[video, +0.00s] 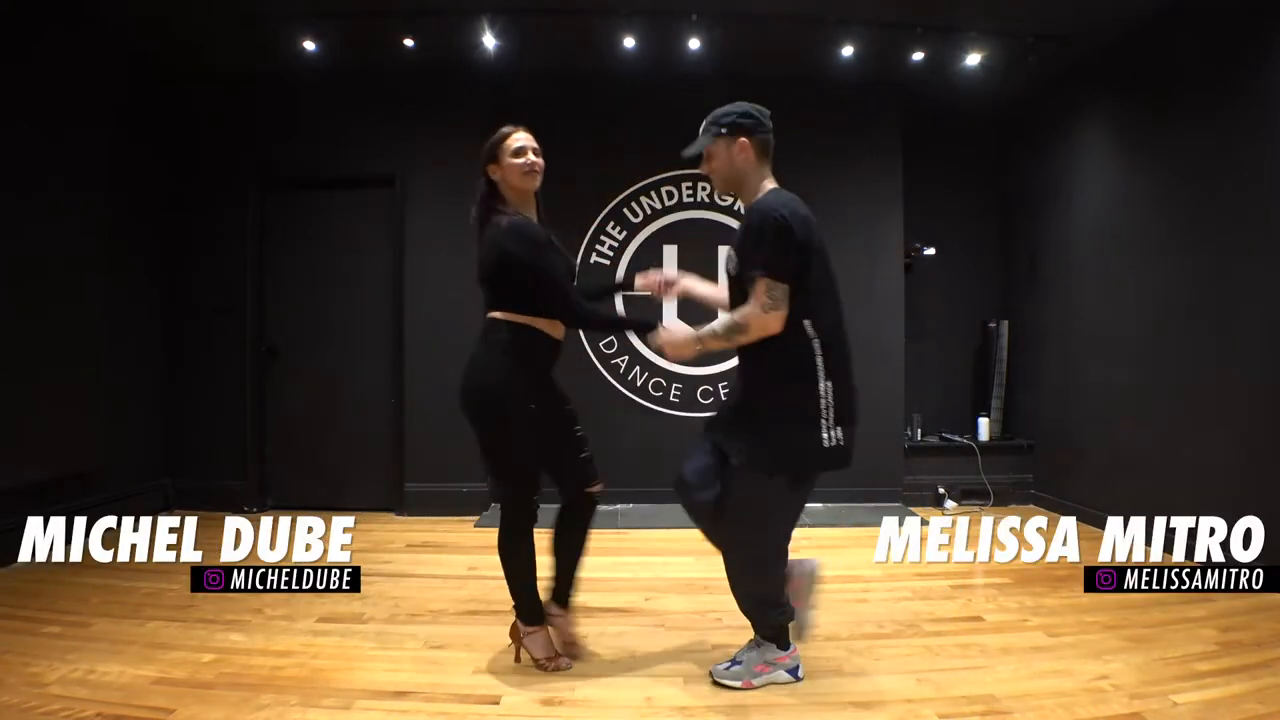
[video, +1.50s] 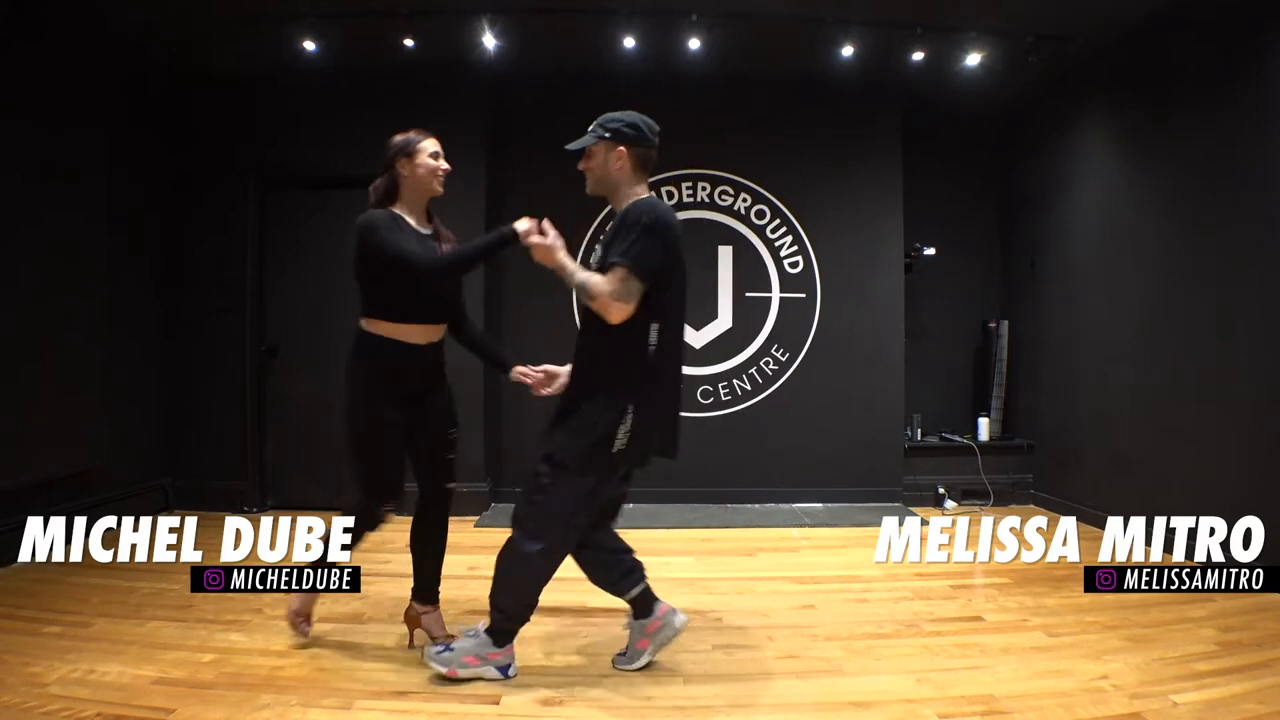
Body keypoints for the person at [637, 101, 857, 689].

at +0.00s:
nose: (705, 169)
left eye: (710, 155)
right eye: (704, 158)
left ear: (743, 147)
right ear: (745, 149)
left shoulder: (776, 216)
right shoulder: (763, 215)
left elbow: (770, 317)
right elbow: (752, 308)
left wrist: (695, 341)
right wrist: (688, 285)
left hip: (793, 411)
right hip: (763, 402)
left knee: (753, 528)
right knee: (697, 484)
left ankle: (774, 647)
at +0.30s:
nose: (740, 192)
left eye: (741, 176)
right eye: (735, 182)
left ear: (772, 160)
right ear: (771, 166)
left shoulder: (828, 220)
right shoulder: (788, 232)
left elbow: (840, 307)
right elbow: (781, 303)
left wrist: (754, 315)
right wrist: (722, 279)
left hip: (822, 408)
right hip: (808, 406)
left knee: (750, 509)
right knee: (859, 508)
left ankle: (772, 642)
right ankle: (940, 608)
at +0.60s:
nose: (736, 183)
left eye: (738, 167)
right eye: (732, 172)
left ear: (771, 152)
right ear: (770, 158)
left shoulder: (832, 210)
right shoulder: (784, 230)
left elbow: (833, 295)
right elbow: (778, 321)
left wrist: (759, 259)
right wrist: (714, 367)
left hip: (826, 397)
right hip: (801, 396)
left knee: (777, 518)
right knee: (830, 512)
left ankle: (838, 638)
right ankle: (918, 592)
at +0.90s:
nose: (695, 160)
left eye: (698, 146)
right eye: (692, 149)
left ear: (731, 134)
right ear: (727, 138)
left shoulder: (771, 196)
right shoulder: (750, 200)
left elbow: (775, 296)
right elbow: (734, 274)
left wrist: (707, 351)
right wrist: (666, 248)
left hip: (802, 386)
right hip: (764, 383)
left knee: (807, 508)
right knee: (737, 500)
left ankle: (844, 641)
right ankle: (745, 624)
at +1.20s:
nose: (632, 152)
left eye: (641, 140)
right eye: (633, 142)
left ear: (672, 140)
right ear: (672, 143)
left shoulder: (701, 205)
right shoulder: (685, 210)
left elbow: (724, 279)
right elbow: (696, 288)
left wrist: (634, 300)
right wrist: (647, 277)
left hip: (723, 398)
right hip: (692, 395)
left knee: (698, 522)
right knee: (673, 514)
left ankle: (800, 603)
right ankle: (681, 639)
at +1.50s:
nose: (581, 163)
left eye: (589, 152)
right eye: (584, 153)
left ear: (619, 155)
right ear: (619, 157)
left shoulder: (647, 221)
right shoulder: (622, 223)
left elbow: (616, 303)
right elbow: (632, 340)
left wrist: (560, 261)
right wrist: (569, 374)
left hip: (621, 402)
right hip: (608, 401)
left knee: (544, 510)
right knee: (579, 517)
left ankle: (495, 641)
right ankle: (651, 613)